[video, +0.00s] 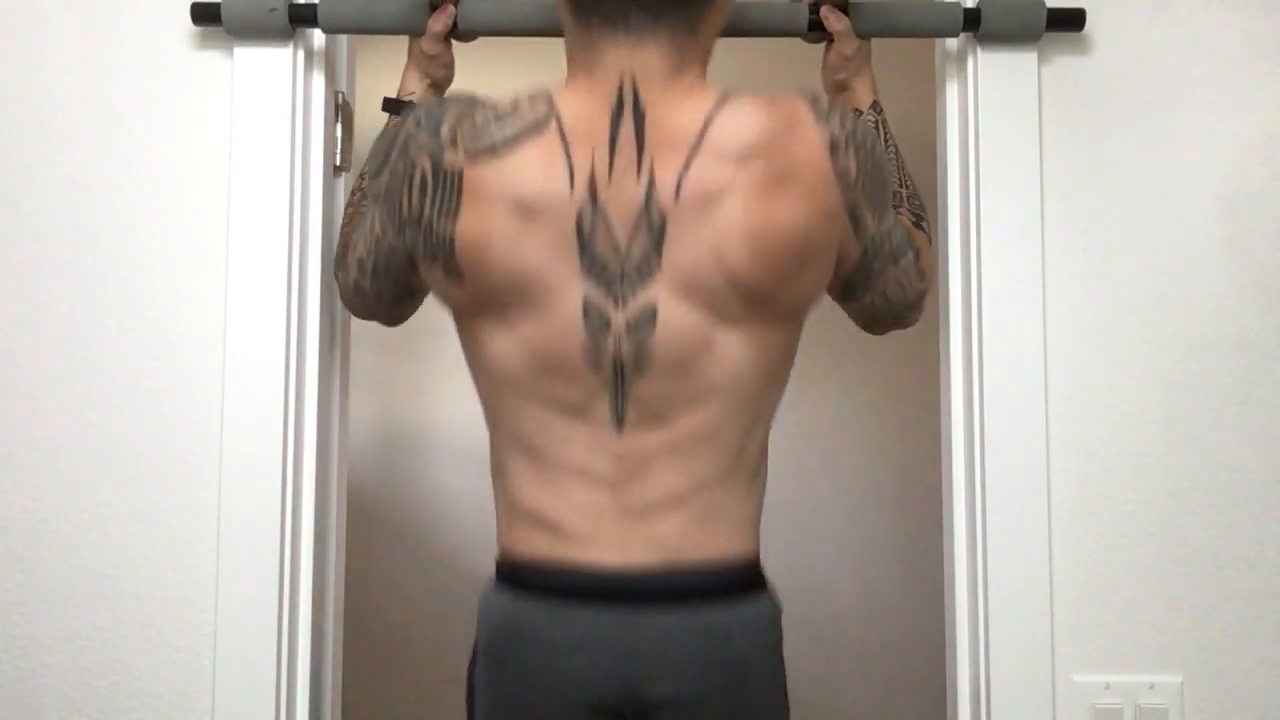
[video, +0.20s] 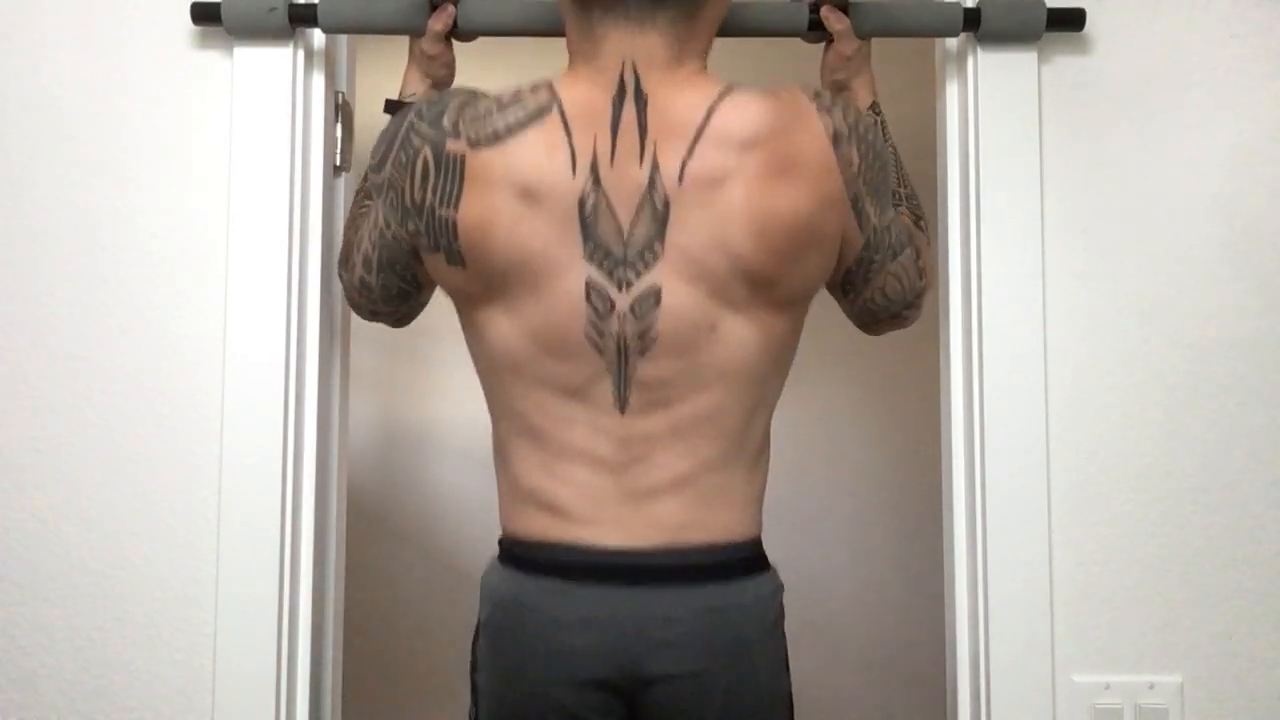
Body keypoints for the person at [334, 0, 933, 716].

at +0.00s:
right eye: (725, 15)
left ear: (567, 11)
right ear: (717, 16)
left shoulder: (461, 150)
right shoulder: (803, 146)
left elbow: (369, 289)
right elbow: (896, 298)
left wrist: (416, 94)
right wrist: (857, 102)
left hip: (535, 628)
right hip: (722, 633)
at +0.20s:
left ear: (568, 6)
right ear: (712, 10)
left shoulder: (463, 144)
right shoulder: (796, 141)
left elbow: (375, 290)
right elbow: (893, 298)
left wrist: (419, 98)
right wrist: (854, 100)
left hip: (539, 611)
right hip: (724, 614)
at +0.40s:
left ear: (539, 39)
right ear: (749, 38)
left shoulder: (466, 228)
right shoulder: (805, 226)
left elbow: (371, 278)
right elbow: (900, 289)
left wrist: (421, 92)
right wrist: (853, 95)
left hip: (538, 674)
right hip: (725, 675)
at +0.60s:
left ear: (542, 130)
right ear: (751, 131)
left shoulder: (474, 313)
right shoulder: (801, 312)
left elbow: (379, 263)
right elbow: (898, 263)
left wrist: (422, 92)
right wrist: (853, 94)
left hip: (534, 699)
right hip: (723, 698)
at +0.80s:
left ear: (539, 212)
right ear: (748, 215)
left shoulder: (481, 390)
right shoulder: (791, 380)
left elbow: (389, 262)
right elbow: (888, 263)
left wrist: (423, 90)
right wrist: (850, 95)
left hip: (535, 709)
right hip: (720, 709)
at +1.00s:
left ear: (534, 277)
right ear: (743, 279)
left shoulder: (491, 451)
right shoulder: (783, 435)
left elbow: (402, 275)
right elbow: (877, 275)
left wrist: (425, 92)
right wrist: (850, 96)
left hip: (533, 712)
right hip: (726, 712)